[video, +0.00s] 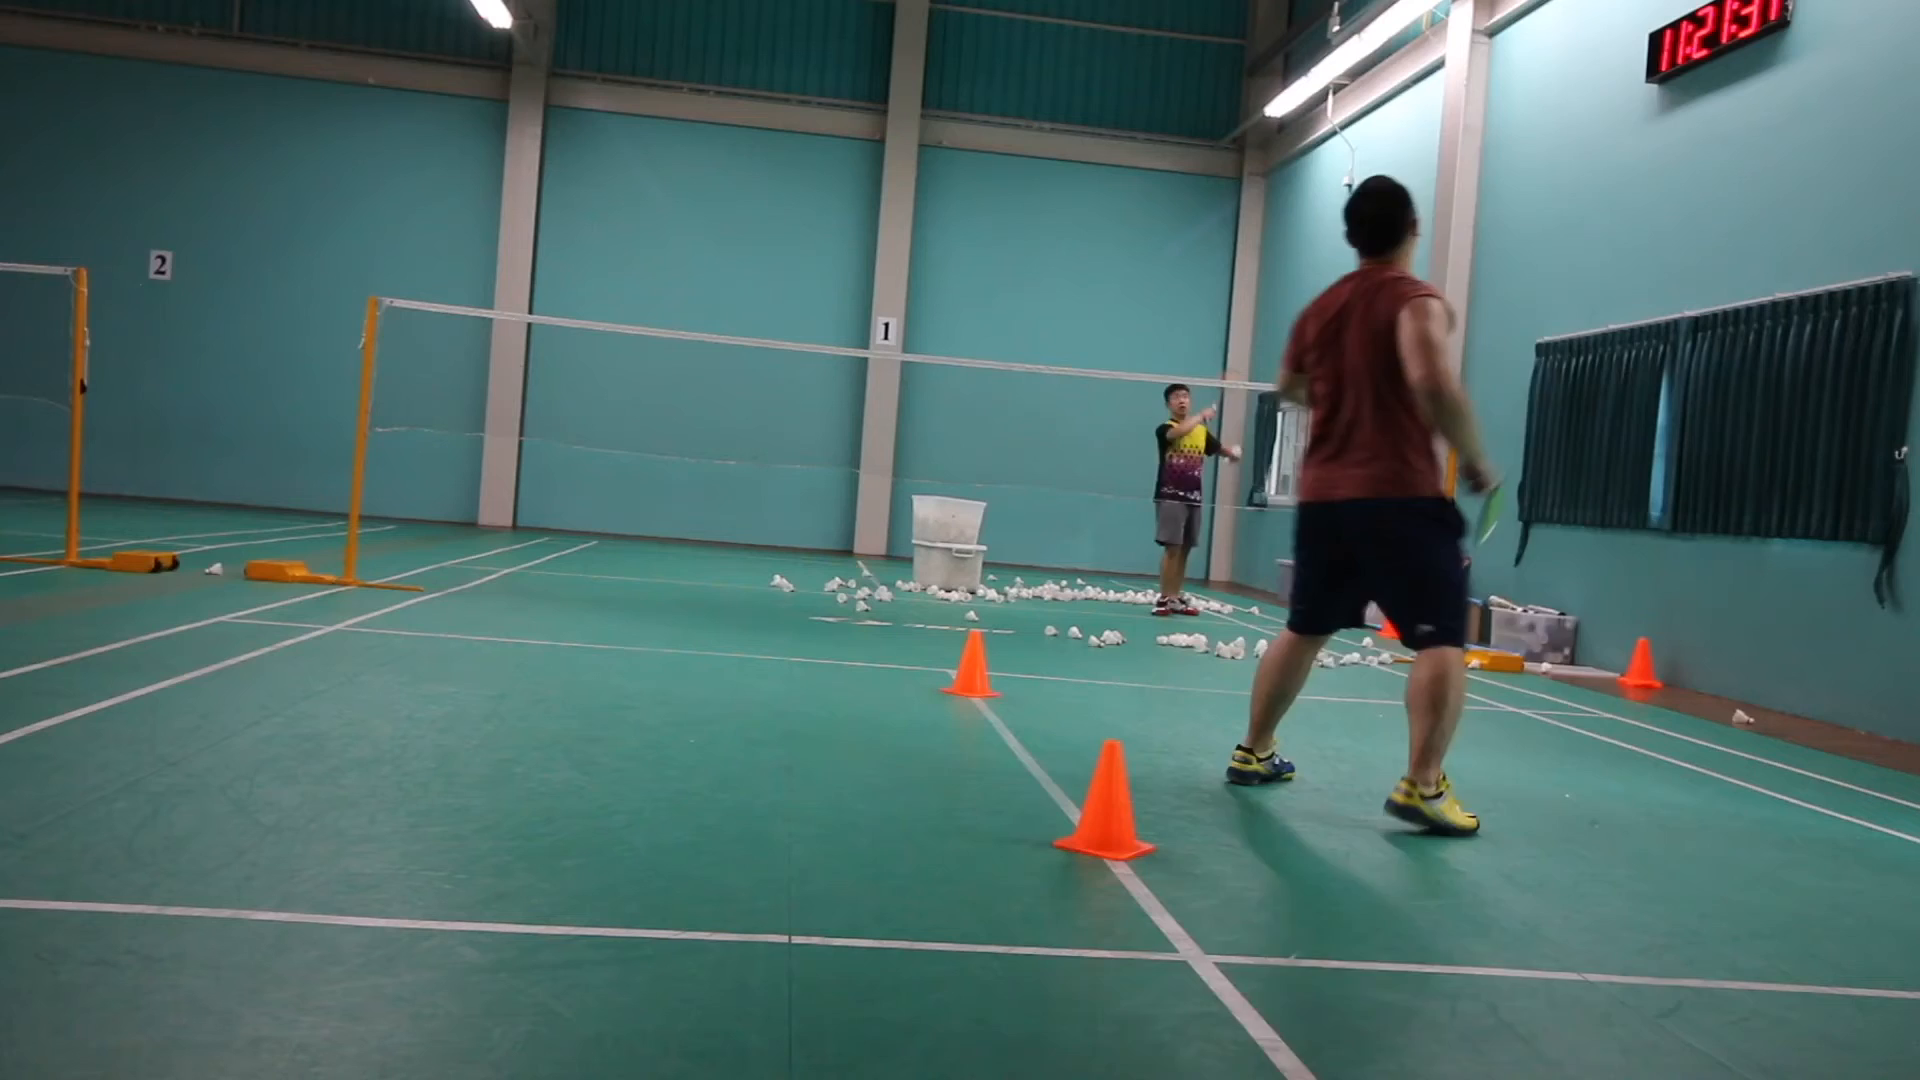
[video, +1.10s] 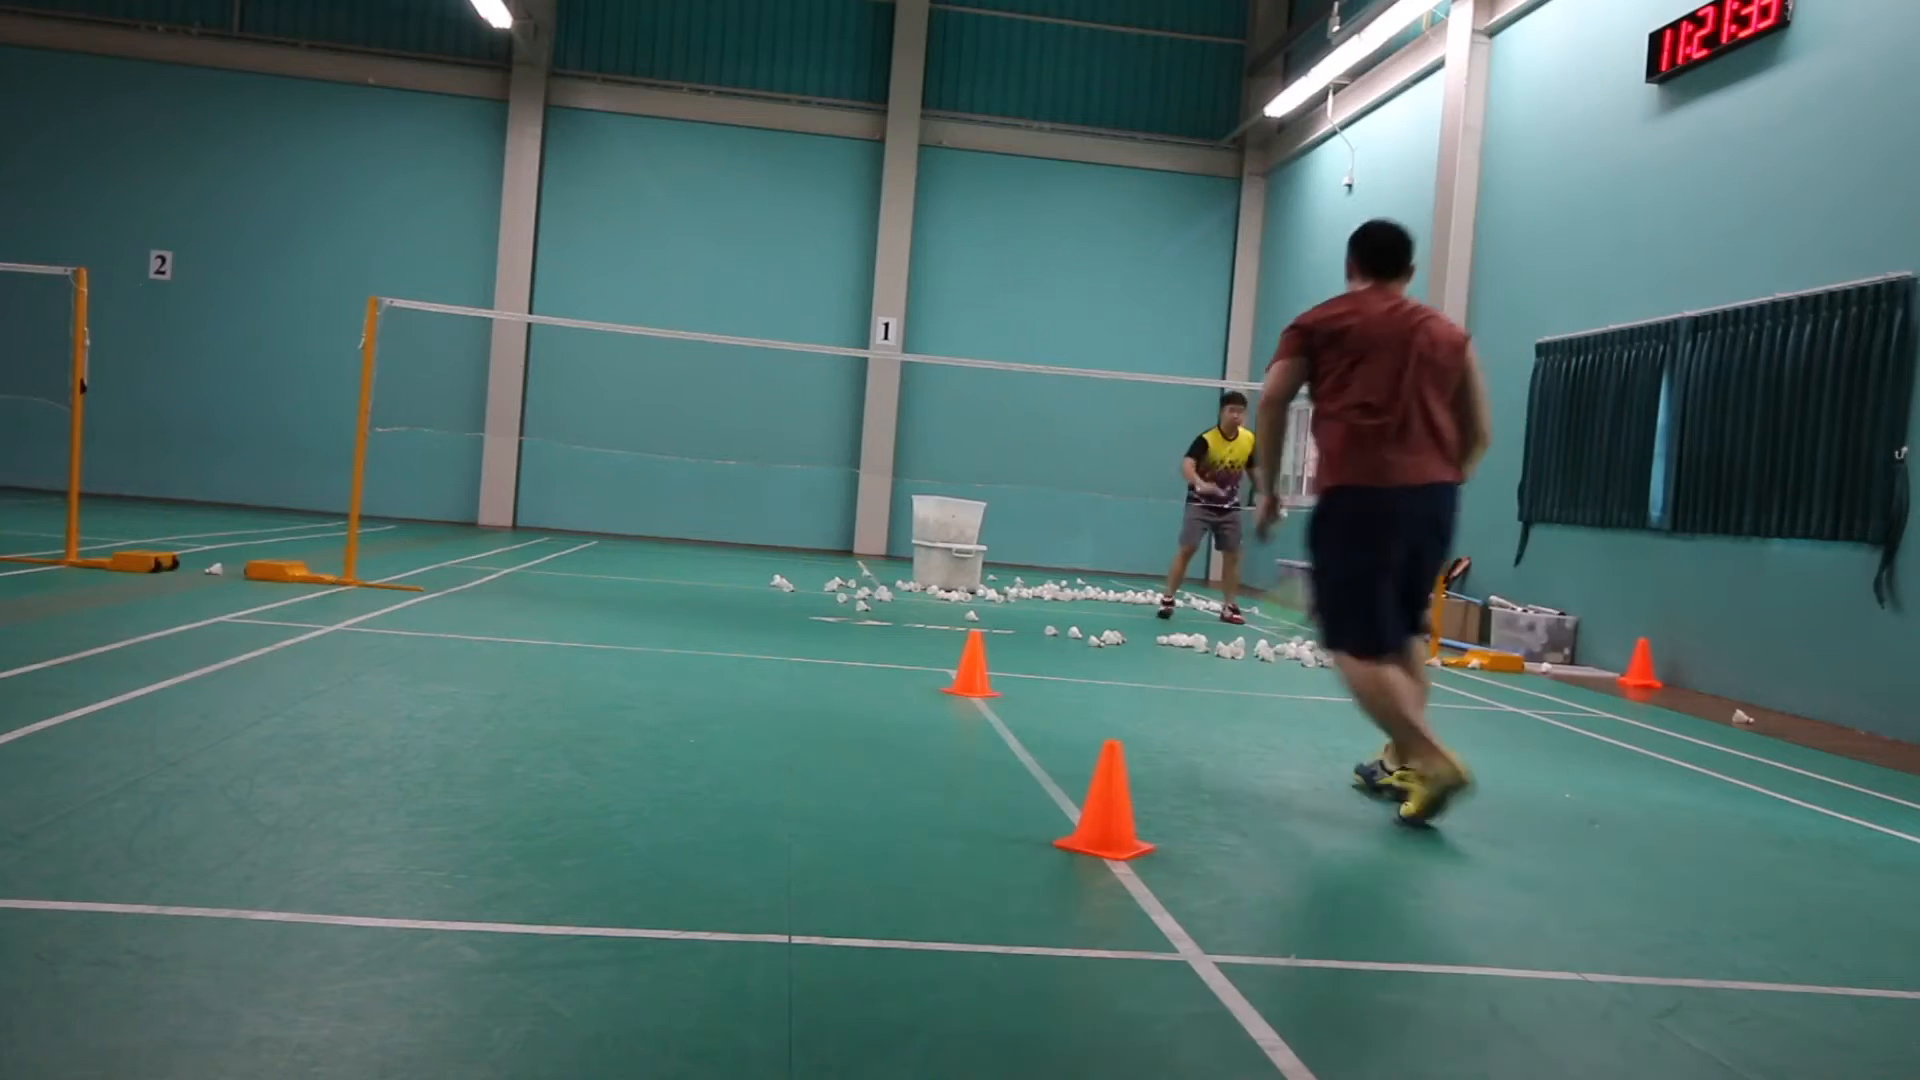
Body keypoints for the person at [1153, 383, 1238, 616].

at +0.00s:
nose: (1182, 401)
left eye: (1185, 397)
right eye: (1177, 398)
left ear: (1190, 401)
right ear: (1168, 403)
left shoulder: (1201, 431)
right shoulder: (1164, 429)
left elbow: (1215, 447)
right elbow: (1176, 433)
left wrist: (1230, 452)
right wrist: (1200, 418)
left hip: (1193, 497)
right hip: (1171, 496)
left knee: (1185, 549)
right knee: (1172, 549)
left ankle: (1176, 595)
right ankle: (1165, 596)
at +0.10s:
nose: (1188, 401)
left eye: (1191, 397)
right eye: (1183, 397)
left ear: (1197, 402)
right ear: (1175, 403)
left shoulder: (1204, 433)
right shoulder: (1169, 429)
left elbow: (1213, 457)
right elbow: (1171, 447)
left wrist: (1227, 465)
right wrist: (1206, 440)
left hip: (1192, 495)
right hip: (1171, 493)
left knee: (1183, 548)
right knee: (1172, 547)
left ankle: (1175, 595)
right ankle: (1165, 596)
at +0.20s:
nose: (1197, 401)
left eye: (1200, 398)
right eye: (1192, 397)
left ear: (1205, 404)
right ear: (1183, 403)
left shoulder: (1209, 436)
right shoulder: (1173, 430)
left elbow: (1211, 464)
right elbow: (1162, 460)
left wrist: (1217, 480)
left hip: (1193, 496)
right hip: (1170, 493)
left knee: (1182, 547)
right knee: (1171, 543)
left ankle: (1174, 595)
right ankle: (1161, 594)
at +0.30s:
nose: (1200, 401)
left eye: (1204, 397)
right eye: (1195, 397)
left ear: (1208, 404)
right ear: (1186, 402)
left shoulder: (1213, 436)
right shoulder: (1171, 431)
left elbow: (1212, 466)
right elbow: (1156, 461)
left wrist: (1210, 482)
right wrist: (1163, 483)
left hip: (1194, 496)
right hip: (1172, 493)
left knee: (1183, 548)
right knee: (1170, 545)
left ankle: (1174, 595)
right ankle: (1161, 595)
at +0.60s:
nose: (1192, 403)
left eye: (1196, 399)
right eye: (1188, 399)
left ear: (1202, 404)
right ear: (1179, 404)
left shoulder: (1213, 433)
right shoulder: (1166, 434)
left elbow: (1220, 462)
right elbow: (1151, 462)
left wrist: (1224, 480)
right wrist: (1147, 486)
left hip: (1202, 501)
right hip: (1171, 499)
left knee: (1208, 550)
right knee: (1168, 549)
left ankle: (1197, 592)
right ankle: (1163, 599)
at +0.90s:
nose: (1220, 406)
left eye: (1224, 402)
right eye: (1215, 402)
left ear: (1229, 406)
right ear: (1206, 406)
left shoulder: (1239, 437)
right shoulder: (1192, 438)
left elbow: (1244, 468)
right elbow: (1178, 469)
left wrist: (1250, 496)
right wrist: (1182, 499)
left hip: (1226, 508)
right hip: (1196, 507)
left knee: (1228, 555)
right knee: (1182, 554)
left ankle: (1229, 605)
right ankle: (1164, 599)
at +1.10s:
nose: (1236, 417)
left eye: (1240, 412)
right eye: (1232, 411)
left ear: (1245, 415)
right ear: (1222, 413)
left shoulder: (1249, 440)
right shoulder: (1206, 439)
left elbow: (1252, 468)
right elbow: (1188, 464)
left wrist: (1261, 490)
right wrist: (1200, 484)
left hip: (1229, 506)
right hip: (1200, 504)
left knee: (1232, 555)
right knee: (1187, 549)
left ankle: (1229, 605)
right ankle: (1169, 597)